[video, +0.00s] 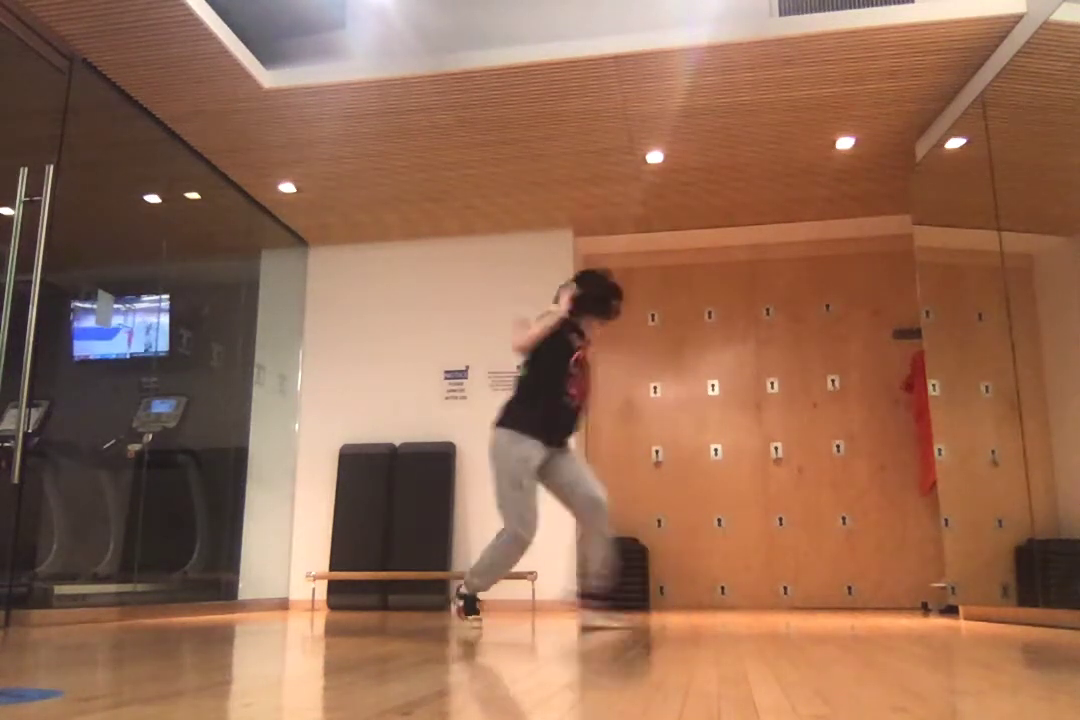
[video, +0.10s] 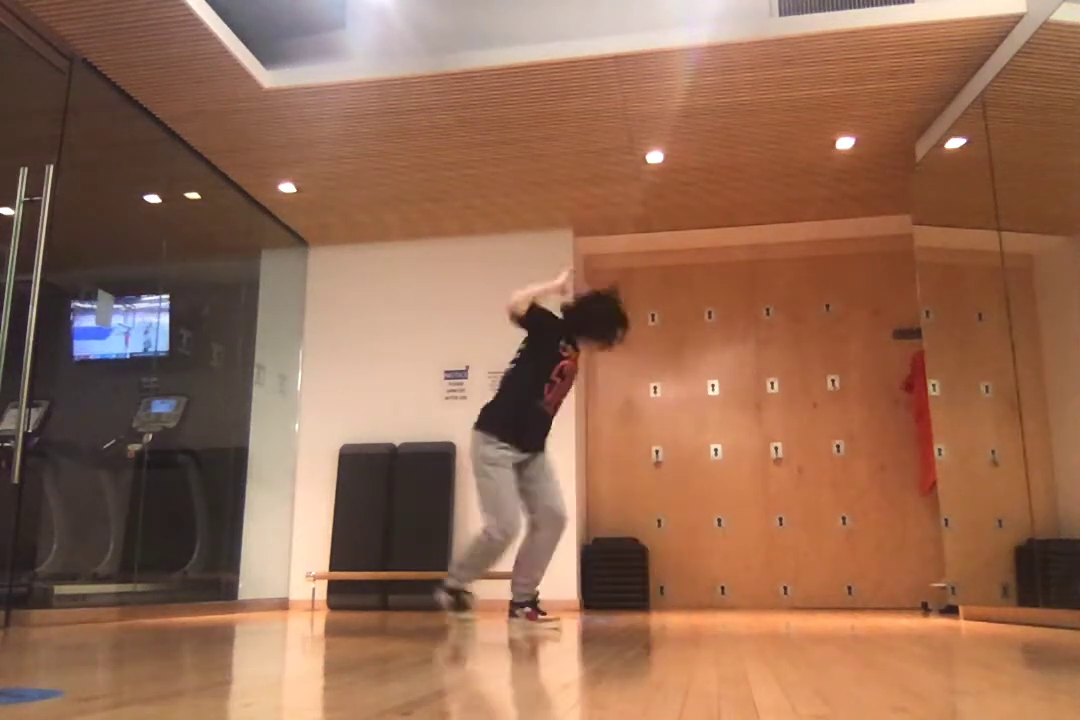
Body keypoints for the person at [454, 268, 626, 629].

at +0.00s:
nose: (600, 326)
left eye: (605, 320)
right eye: (600, 317)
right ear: (584, 307)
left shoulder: (580, 343)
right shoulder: (552, 328)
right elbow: (521, 343)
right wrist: (559, 312)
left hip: (553, 445)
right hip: (518, 438)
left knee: (593, 504)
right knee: (520, 529)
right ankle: (468, 590)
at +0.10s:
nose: (602, 348)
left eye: (606, 343)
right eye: (603, 340)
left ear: (591, 325)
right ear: (590, 327)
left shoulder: (572, 347)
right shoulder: (549, 328)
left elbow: (582, 317)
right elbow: (516, 306)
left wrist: (572, 295)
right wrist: (553, 286)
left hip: (531, 449)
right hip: (494, 442)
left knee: (551, 517)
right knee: (504, 526)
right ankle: (454, 584)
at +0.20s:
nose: (577, 341)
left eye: (581, 336)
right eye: (573, 333)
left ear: (581, 333)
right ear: (559, 322)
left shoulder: (561, 348)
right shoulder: (532, 333)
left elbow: (583, 319)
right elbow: (541, 286)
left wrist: (593, 288)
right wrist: (575, 266)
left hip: (519, 454)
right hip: (482, 446)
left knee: (548, 520)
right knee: (465, 530)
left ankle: (522, 603)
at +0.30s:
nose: (543, 288)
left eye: (543, 284)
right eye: (537, 283)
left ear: (536, 298)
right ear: (522, 293)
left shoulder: (541, 331)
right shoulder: (515, 325)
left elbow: (574, 314)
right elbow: (541, 279)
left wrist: (597, 285)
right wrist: (577, 257)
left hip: (513, 448)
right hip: (481, 438)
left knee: (539, 516)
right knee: (433, 517)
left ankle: (522, 602)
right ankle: (351, 578)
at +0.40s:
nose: (504, 277)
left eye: (502, 272)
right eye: (495, 274)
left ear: (500, 281)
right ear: (479, 285)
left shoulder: (519, 320)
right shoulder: (485, 311)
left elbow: (559, 314)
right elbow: (519, 276)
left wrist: (598, 301)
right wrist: (572, 267)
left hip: (507, 437)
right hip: (471, 426)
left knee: (523, 509)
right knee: (424, 506)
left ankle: (521, 602)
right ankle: (359, 581)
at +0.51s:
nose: (475, 286)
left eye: (479, 280)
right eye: (466, 282)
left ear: (489, 283)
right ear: (451, 289)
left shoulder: (501, 319)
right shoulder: (451, 314)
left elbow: (541, 333)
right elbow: (482, 301)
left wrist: (581, 341)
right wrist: (535, 302)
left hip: (502, 428)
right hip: (460, 423)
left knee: (513, 512)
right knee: (416, 507)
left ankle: (522, 600)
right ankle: (357, 582)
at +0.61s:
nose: (461, 288)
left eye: (467, 283)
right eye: (453, 282)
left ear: (477, 291)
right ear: (439, 289)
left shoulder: (490, 327)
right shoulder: (431, 324)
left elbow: (514, 358)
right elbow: (447, 358)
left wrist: (513, 399)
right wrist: (499, 357)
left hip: (492, 428)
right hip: (445, 427)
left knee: (511, 511)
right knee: (410, 507)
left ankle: (542, 591)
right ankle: (351, 582)